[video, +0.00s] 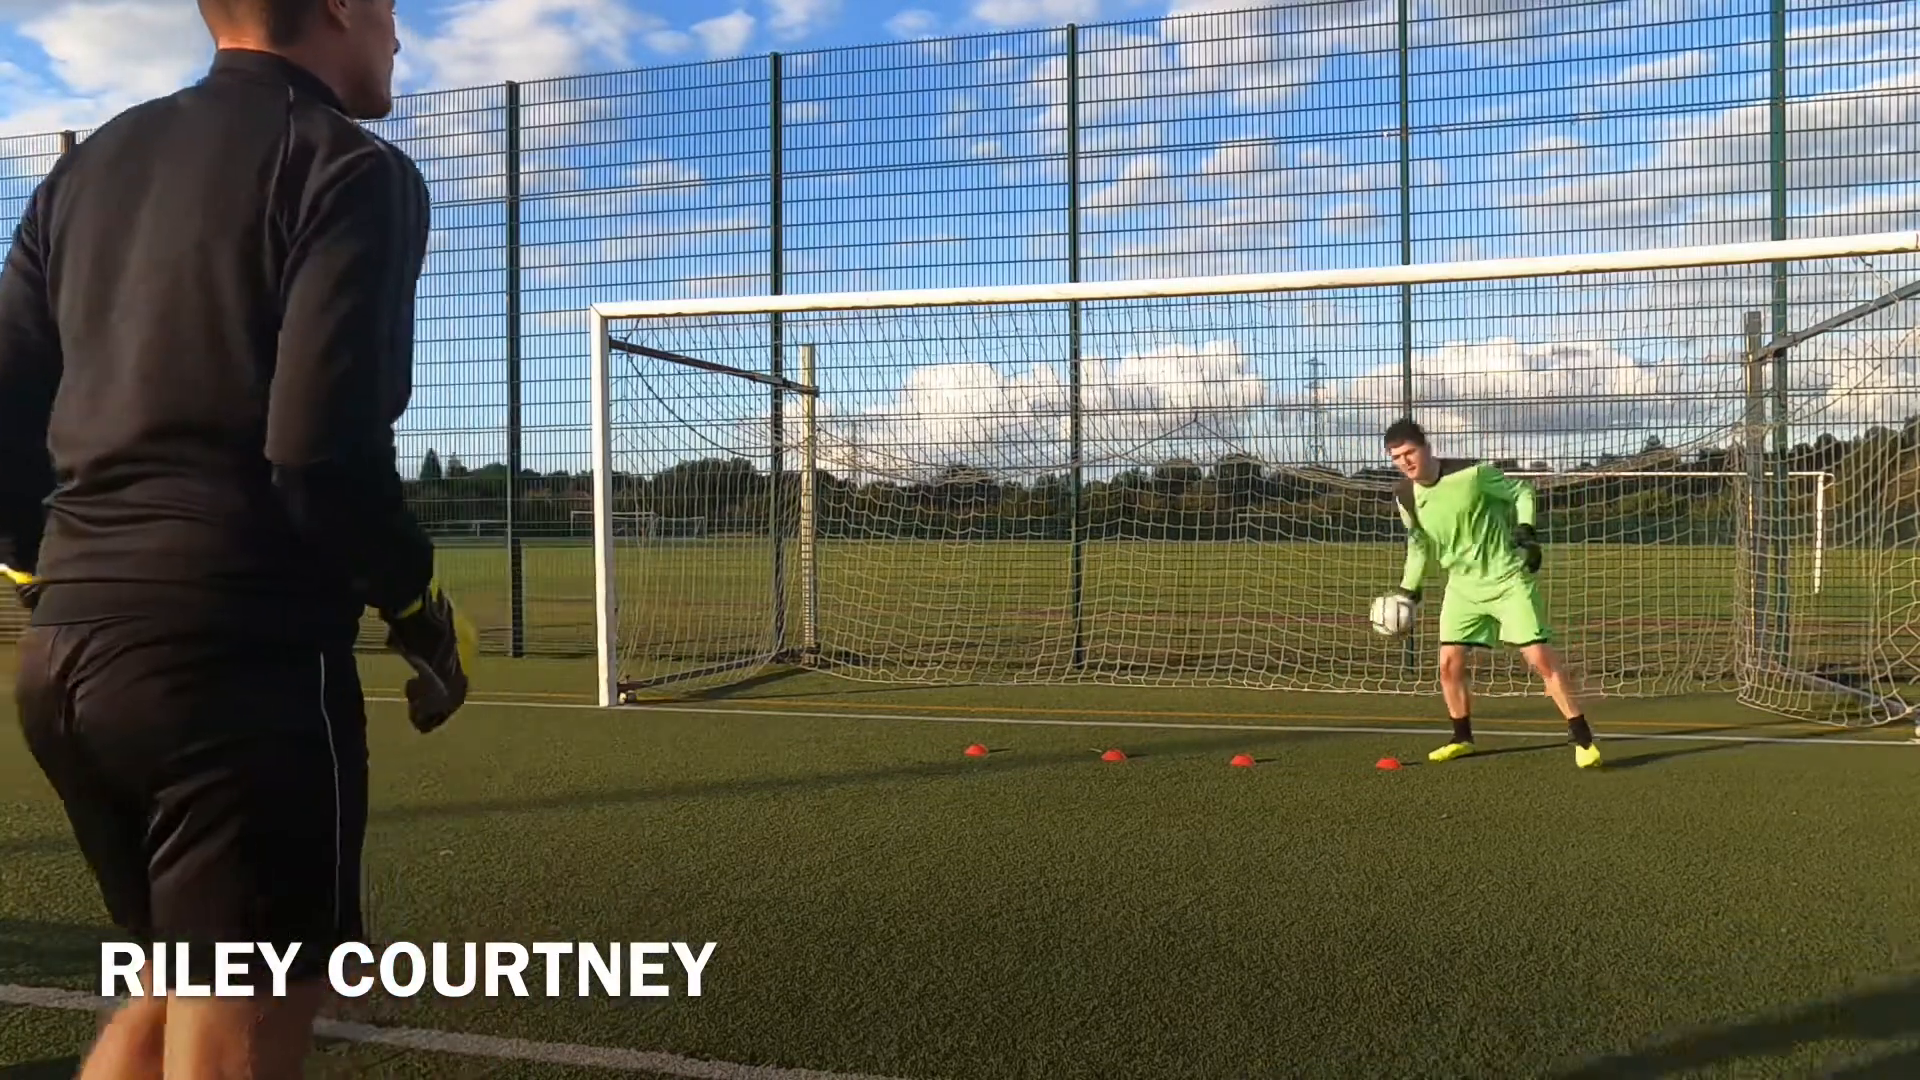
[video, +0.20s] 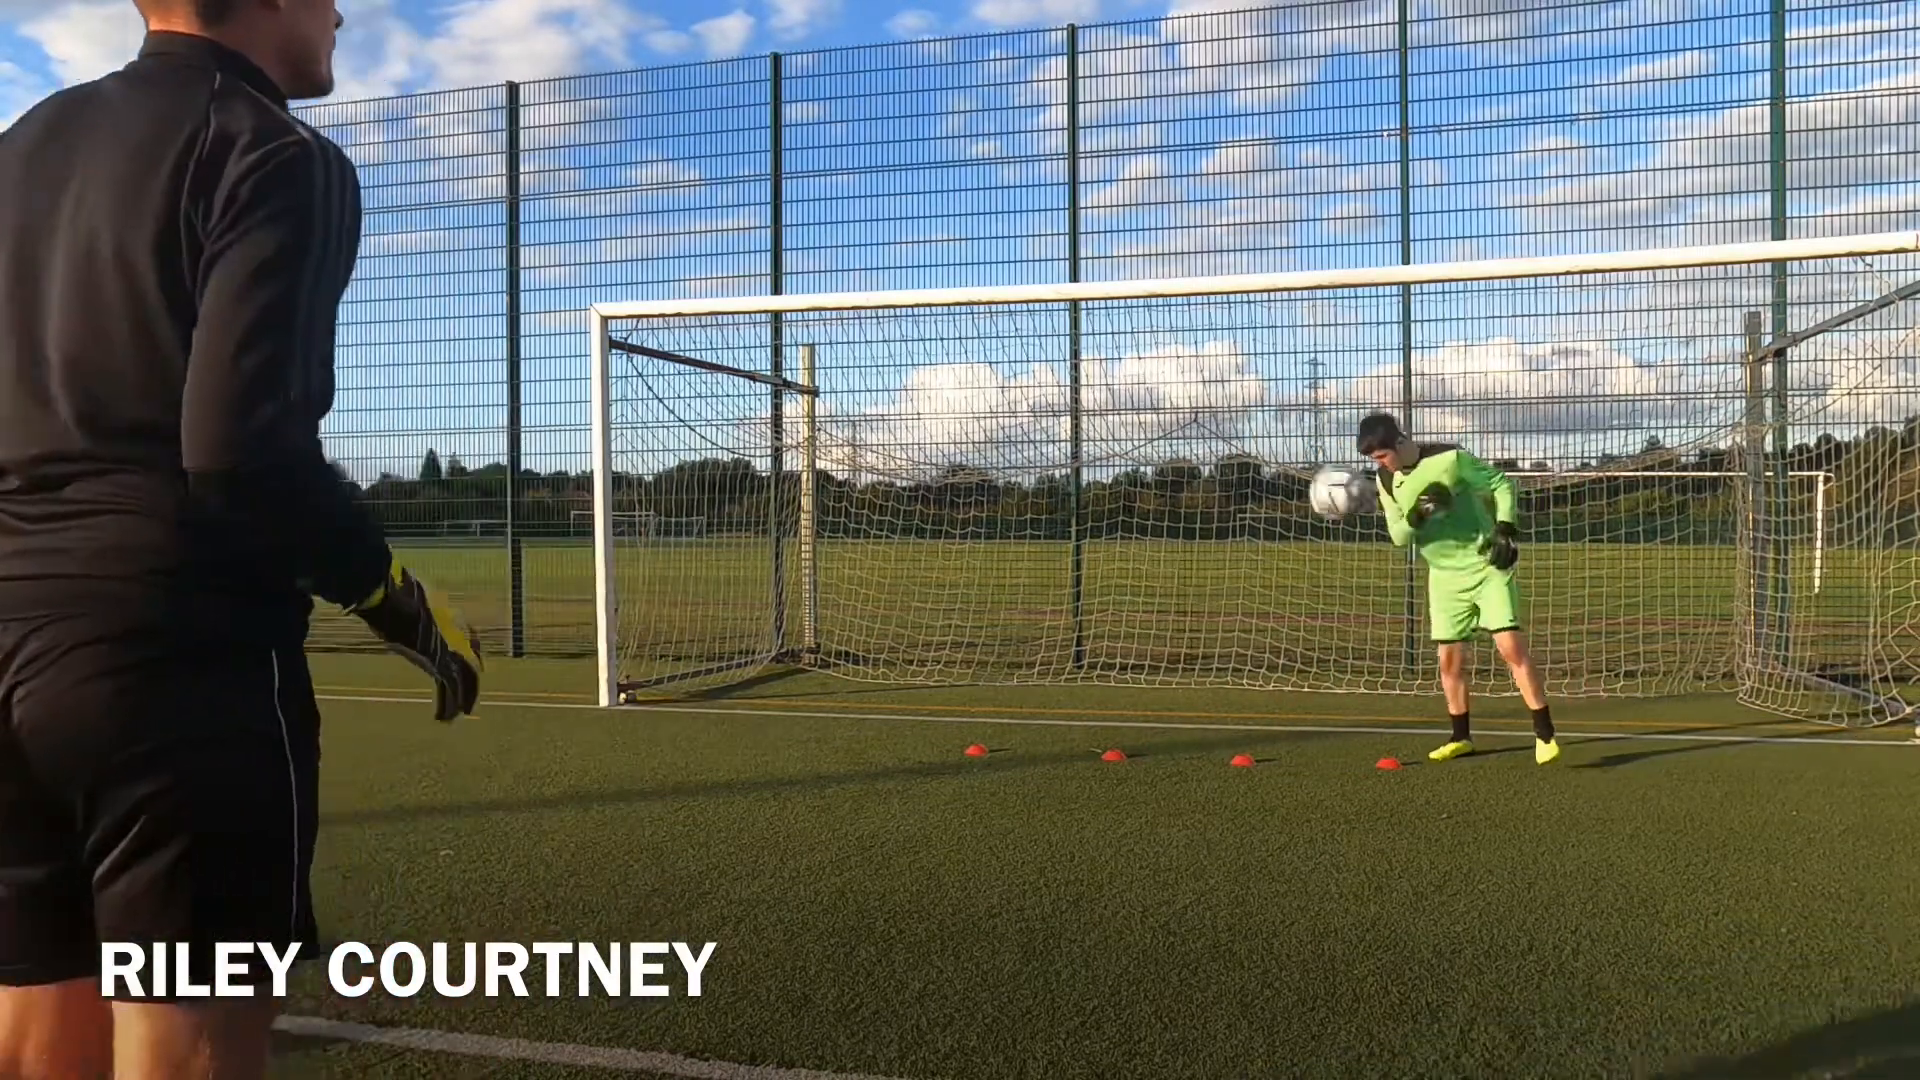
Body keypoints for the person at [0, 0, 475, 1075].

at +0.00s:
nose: (397, 48)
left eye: (397, 20)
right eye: (390, 15)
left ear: (229, 19)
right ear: (340, 11)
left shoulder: (81, 166)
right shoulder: (352, 167)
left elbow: (4, 410)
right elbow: (318, 449)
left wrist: (61, 561)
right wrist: (413, 601)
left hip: (62, 633)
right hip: (234, 642)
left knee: (167, 979)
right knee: (252, 1009)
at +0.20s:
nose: (337, 17)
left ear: (161, 9)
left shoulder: (23, 144)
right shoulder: (277, 155)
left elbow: (26, 429)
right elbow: (239, 446)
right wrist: (376, 582)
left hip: (11, 628)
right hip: (175, 638)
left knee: (39, 1052)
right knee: (191, 1054)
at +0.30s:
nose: (295, 5)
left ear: (119, 5)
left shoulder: (14, 122)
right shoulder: (213, 148)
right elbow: (247, 452)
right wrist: (435, 534)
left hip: (7, 633)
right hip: (153, 648)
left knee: (14, 1027)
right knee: (174, 1049)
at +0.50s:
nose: (246, 12)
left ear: (83, 1)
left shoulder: (17, 113)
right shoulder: (133, 142)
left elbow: (19, 420)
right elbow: (389, 410)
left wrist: (151, 551)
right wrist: (601, 374)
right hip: (69, 667)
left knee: (106, 1048)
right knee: (149, 1051)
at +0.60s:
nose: (260, 43)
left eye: (248, 11)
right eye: (237, 8)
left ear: (121, 17)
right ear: (147, 9)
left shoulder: (24, 136)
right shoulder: (141, 171)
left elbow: (9, 453)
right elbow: (433, 408)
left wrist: (121, 584)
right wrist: (677, 385)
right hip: (24, 688)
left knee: (63, 1036)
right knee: (136, 1041)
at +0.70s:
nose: (282, 100)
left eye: (275, 62)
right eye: (263, 59)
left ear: (141, 56)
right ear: (172, 50)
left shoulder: (24, 167)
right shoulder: (150, 210)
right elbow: (446, 432)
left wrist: (70, 624)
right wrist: (734, 495)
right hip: (6, 723)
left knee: (76, 1031)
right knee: (109, 1040)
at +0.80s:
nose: (273, 131)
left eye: (274, 101)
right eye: (262, 98)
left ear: (75, 84)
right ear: (187, 77)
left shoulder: (14, 183)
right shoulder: (154, 229)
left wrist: (20, 653)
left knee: (68, 1039)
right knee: (86, 1044)